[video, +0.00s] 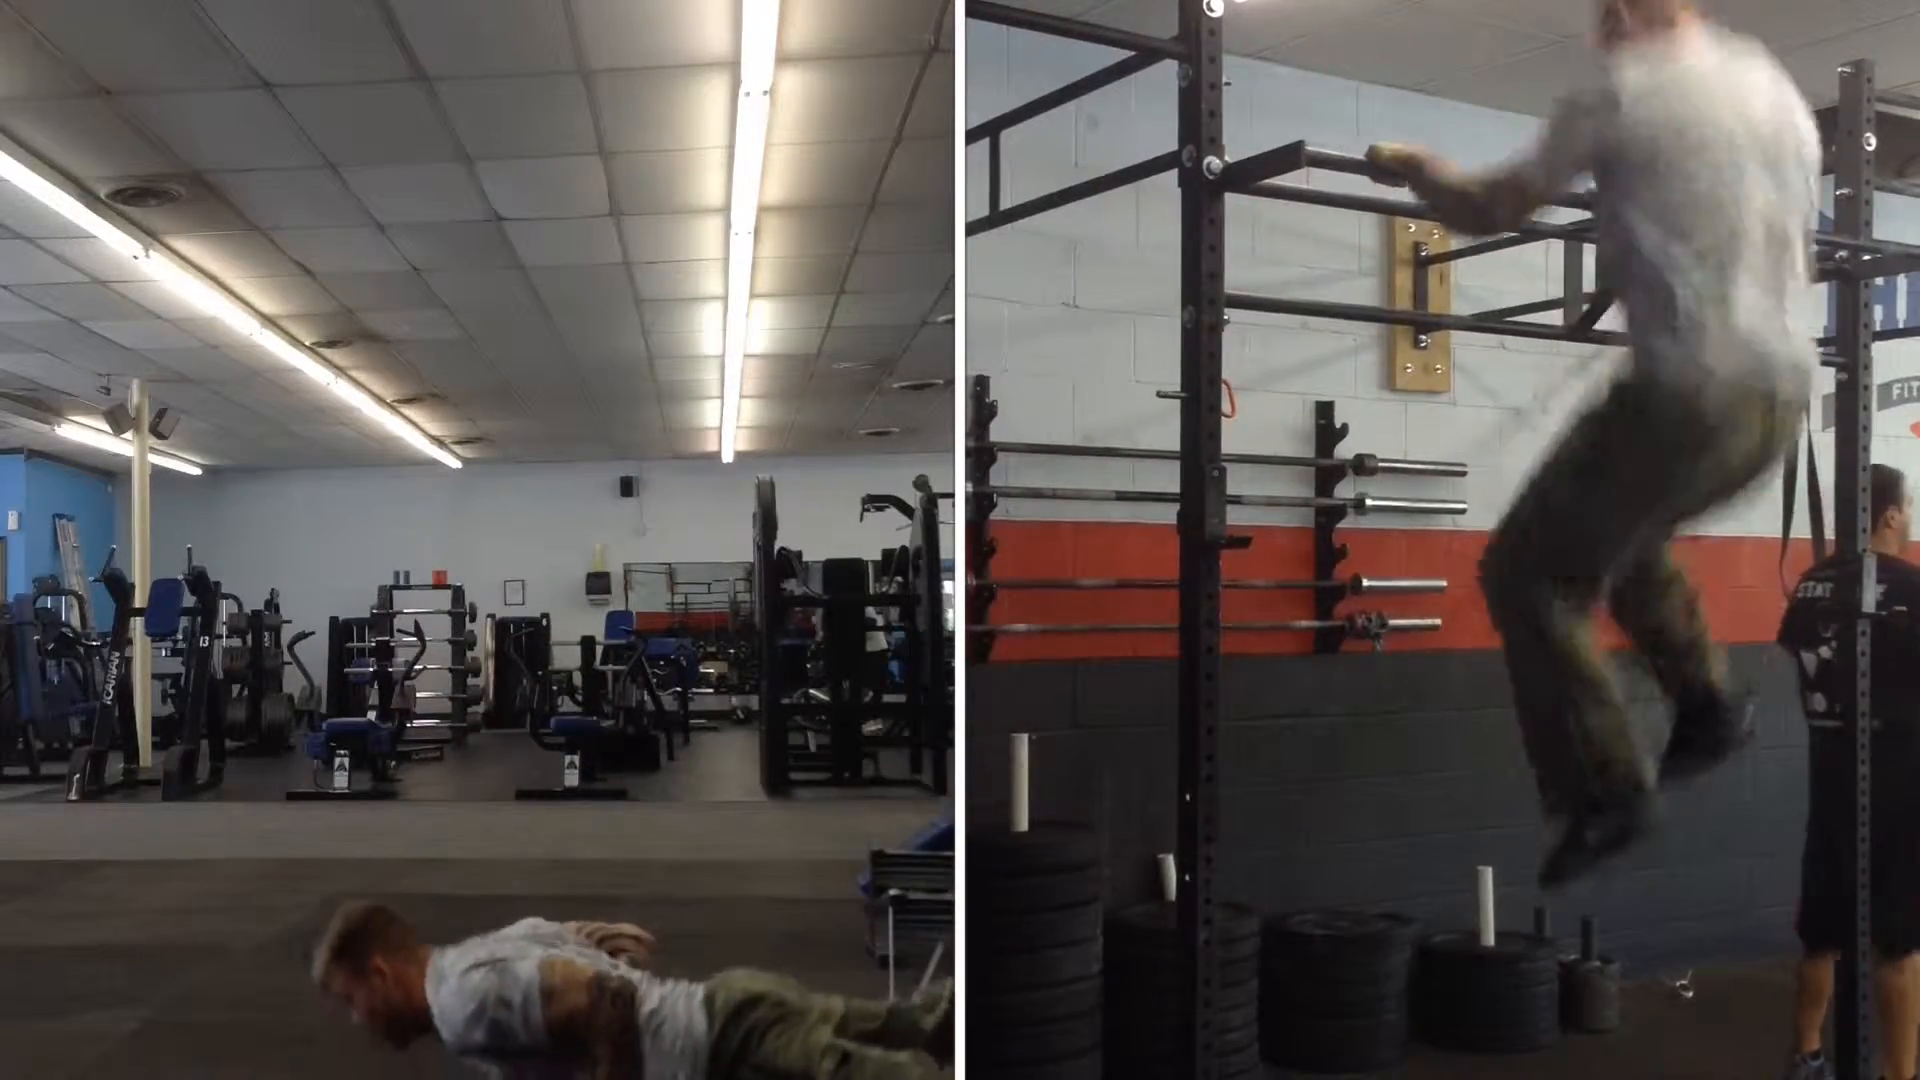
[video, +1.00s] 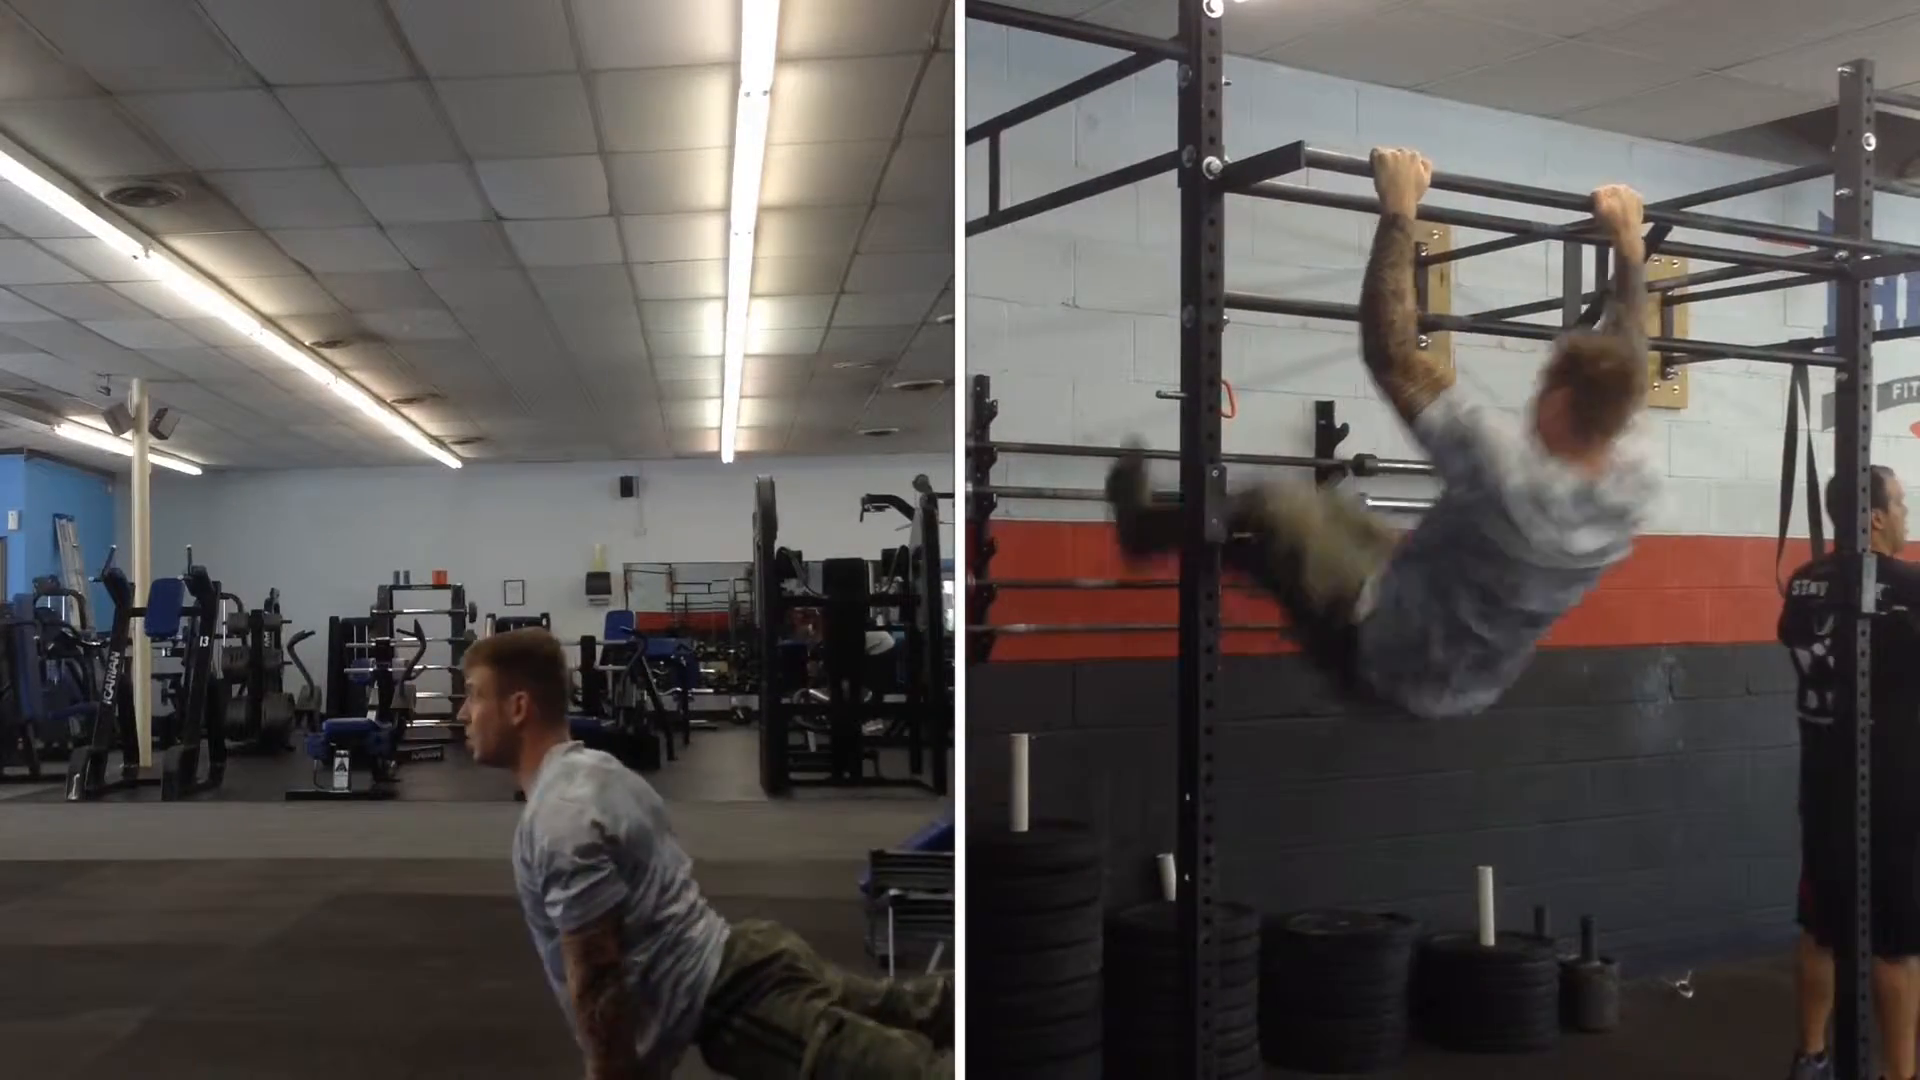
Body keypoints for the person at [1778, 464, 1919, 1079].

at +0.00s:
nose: (1910, 523)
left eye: (1907, 513)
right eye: (1908, 513)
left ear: (1852, 516)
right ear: (1892, 516)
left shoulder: (1813, 587)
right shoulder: (1906, 589)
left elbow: (1802, 676)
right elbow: (1911, 681)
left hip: (1832, 766)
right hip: (1900, 767)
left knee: (1822, 925)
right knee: (1900, 936)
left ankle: (1806, 1056)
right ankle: (1901, 1068)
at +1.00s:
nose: (1907, 517)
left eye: (1903, 505)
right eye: (1901, 507)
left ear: (1841, 517)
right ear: (1876, 517)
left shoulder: (1805, 588)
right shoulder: (1905, 588)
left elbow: (1803, 671)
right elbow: (1911, 686)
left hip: (1824, 777)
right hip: (1897, 781)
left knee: (1819, 926)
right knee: (1898, 938)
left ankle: (1812, 1057)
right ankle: (1901, 1068)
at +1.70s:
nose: (1893, 536)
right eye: (1898, 525)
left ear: (1846, 525)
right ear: (1899, 527)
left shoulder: (1818, 588)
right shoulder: (1912, 586)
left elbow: (1825, 644)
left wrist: (1841, 571)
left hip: (1848, 763)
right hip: (1908, 762)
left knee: (1830, 901)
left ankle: (1817, 1042)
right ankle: (1820, 1036)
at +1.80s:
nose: (1917, 530)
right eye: (1915, 520)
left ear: (1865, 527)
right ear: (1911, 527)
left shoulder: (1845, 584)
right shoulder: (1910, 580)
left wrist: (1839, 533)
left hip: (1865, 762)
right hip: (1903, 761)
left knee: (1851, 894)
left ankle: (1822, 1025)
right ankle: (1823, 1023)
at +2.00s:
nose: (1897, 520)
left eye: (1897, 513)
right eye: (1904, 512)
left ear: (1887, 533)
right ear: (1910, 533)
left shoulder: (1884, 577)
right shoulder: (1890, 575)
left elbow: (1850, 502)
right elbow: (1851, 500)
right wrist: (1875, 428)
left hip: (1891, 743)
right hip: (1901, 743)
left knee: (1905, 889)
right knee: (1905, 889)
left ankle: (1883, 1010)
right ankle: (1882, 1010)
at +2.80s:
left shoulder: (1901, 504)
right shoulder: (1898, 504)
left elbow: (1884, 463)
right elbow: (1886, 464)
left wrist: (1876, 368)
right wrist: (1879, 368)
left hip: (1911, 681)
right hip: (1909, 681)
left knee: (1907, 854)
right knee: (1905, 852)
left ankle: (1904, 1000)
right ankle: (1903, 1000)